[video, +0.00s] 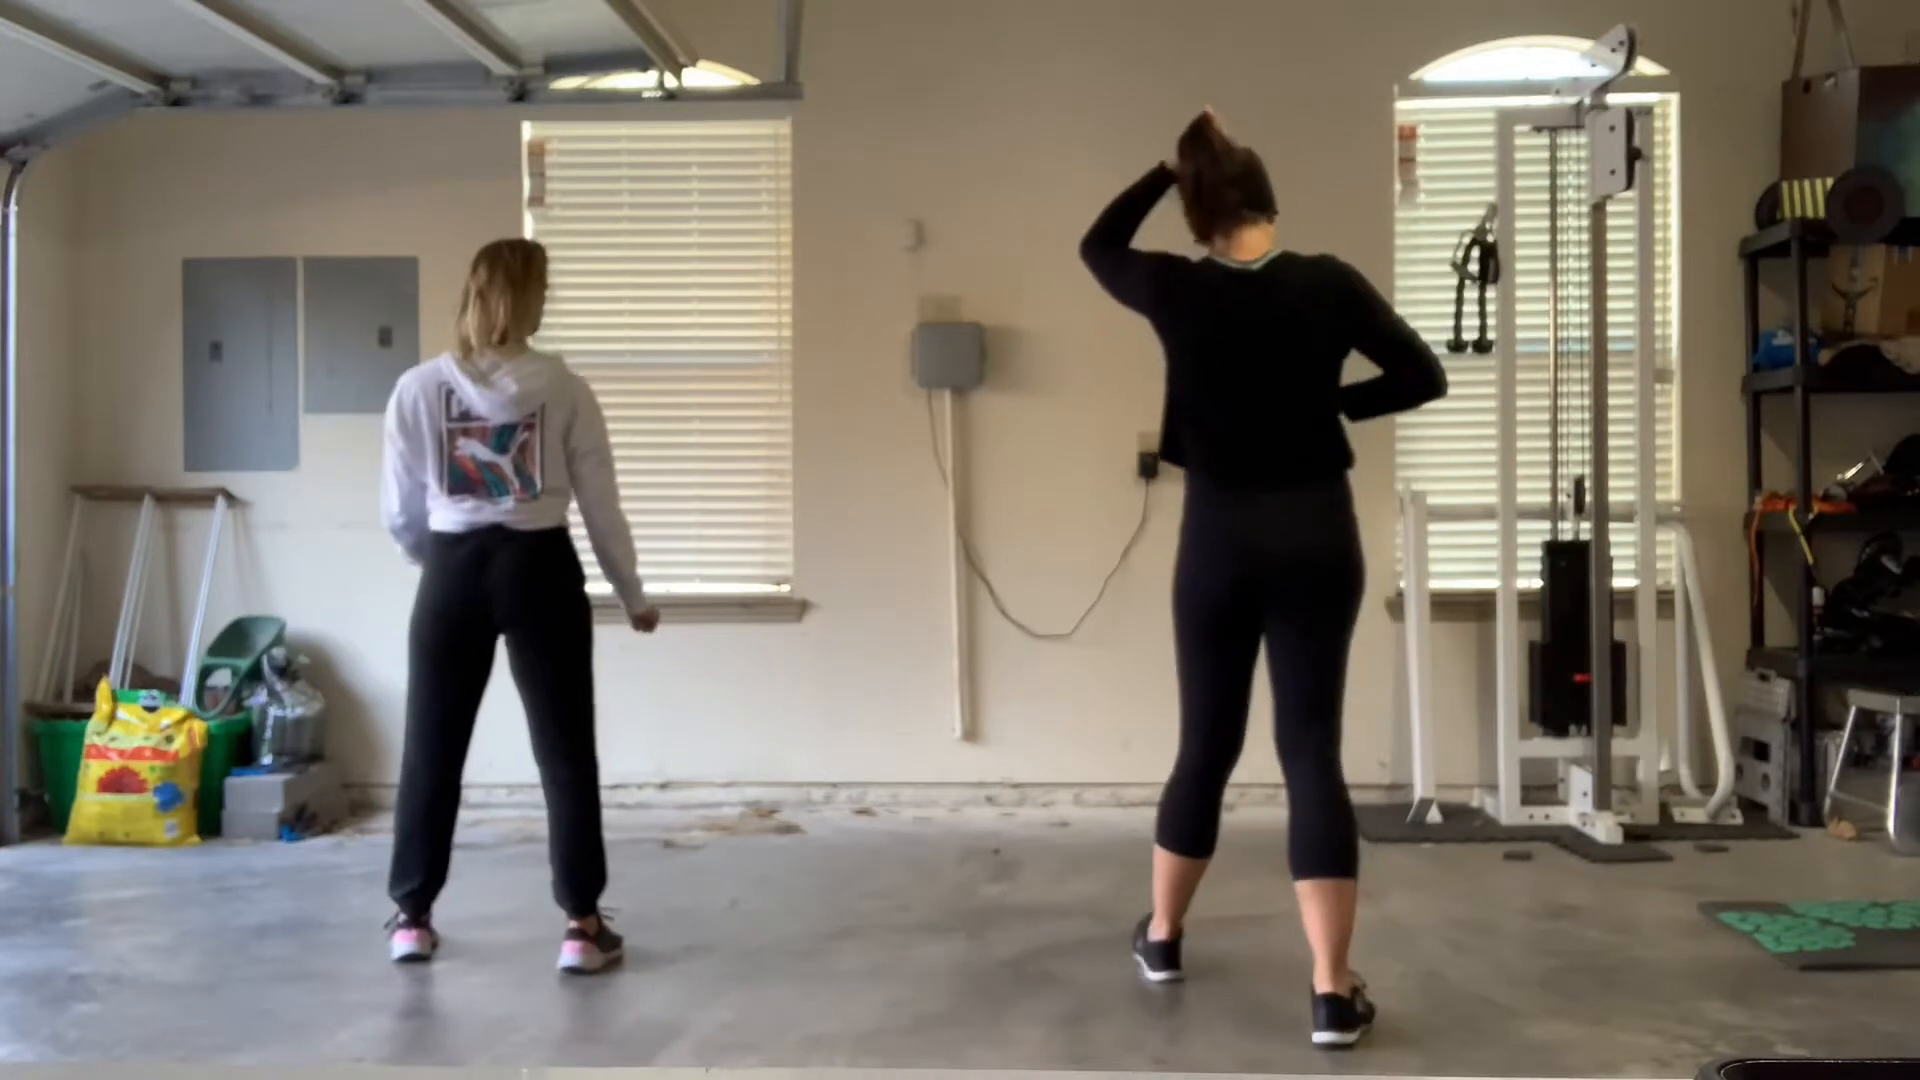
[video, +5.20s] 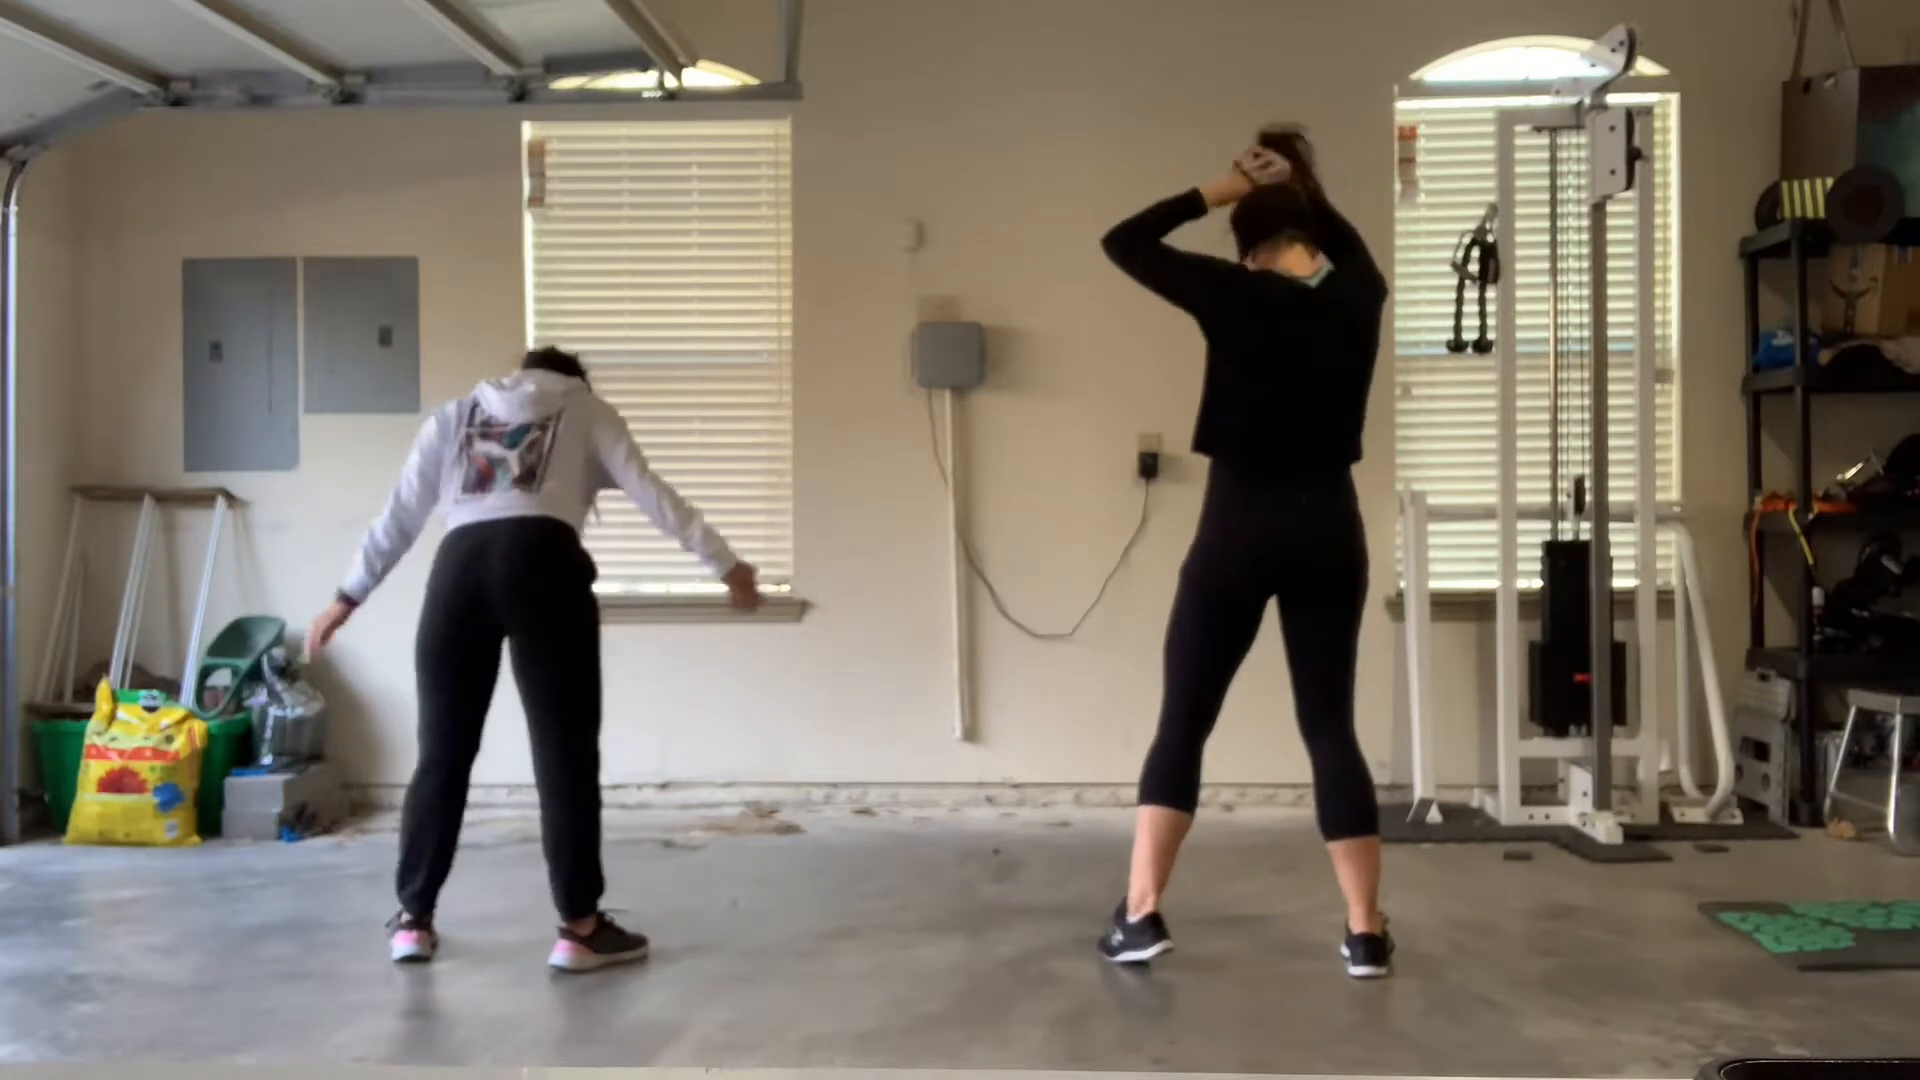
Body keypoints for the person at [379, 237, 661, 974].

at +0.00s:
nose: (541, 306)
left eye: (530, 291)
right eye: (541, 295)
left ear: (470, 296)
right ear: (536, 301)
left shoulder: (417, 389)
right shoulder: (564, 387)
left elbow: (402, 512)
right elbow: (600, 506)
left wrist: (439, 562)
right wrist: (633, 593)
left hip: (452, 579)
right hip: (543, 577)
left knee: (431, 748)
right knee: (566, 751)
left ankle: (412, 919)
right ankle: (582, 926)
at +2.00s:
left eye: (459, 318)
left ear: (458, 323)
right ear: (524, 319)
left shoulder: (424, 391)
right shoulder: (562, 384)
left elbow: (374, 495)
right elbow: (634, 474)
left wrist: (331, 582)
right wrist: (696, 553)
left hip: (445, 577)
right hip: (535, 574)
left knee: (430, 752)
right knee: (561, 754)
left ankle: (412, 920)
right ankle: (581, 927)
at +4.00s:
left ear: (481, 369)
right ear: (541, 372)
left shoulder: (429, 409)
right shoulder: (567, 403)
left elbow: (347, 481)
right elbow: (604, 481)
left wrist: (268, 546)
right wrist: (621, 571)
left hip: (484, 575)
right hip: (573, 568)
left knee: (455, 751)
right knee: (588, 758)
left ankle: (414, 919)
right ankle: (585, 927)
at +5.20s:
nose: (589, 396)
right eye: (585, 386)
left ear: (517, 376)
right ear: (576, 382)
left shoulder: (454, 414)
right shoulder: (586, 409)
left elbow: (403, 512)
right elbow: (648, 491)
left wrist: (348, 596)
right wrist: (728, 564)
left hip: (457, 571)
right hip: (546, 568)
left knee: (442, 756)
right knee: (565, 755)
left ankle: (412, 921)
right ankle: (580, 926)